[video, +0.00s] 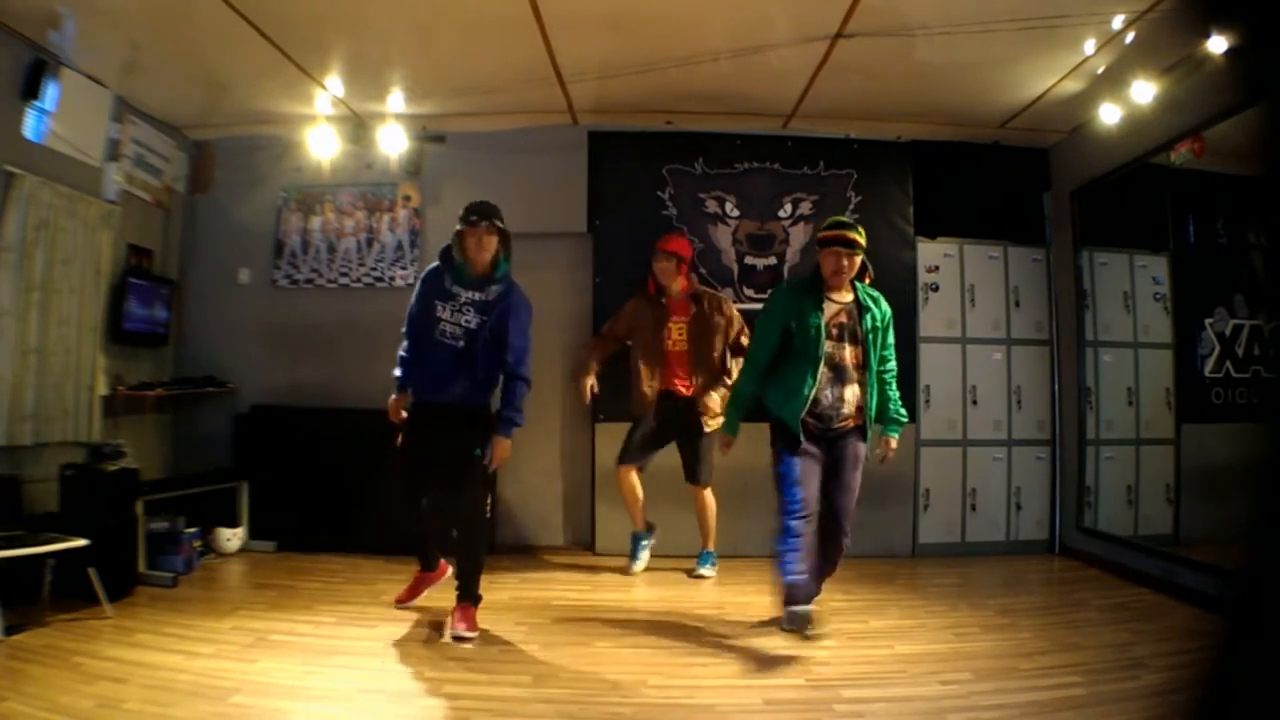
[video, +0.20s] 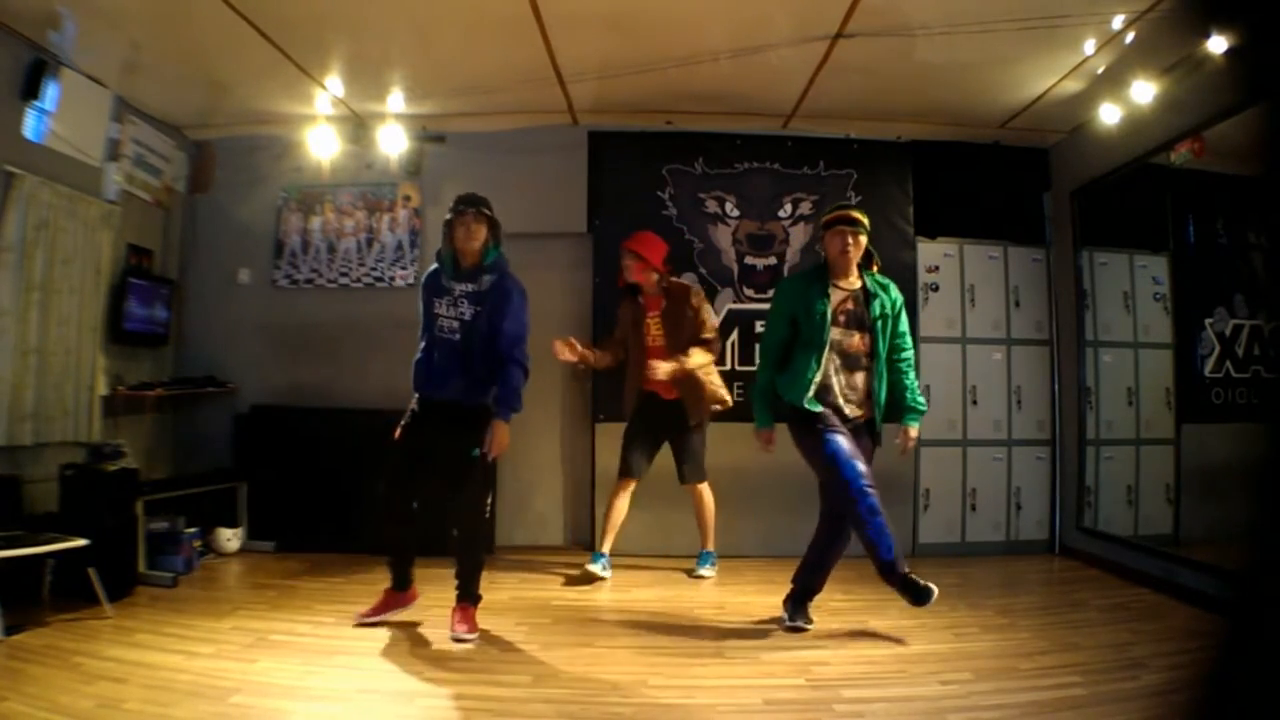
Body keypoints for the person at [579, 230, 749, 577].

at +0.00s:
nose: (660, 265)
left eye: (667, 260)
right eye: (657, 259)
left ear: (683, 265)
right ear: (652, 263)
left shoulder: (715, 306)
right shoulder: (643, 306)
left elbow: (742, 351)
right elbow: (607, 338)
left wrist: (720, 391)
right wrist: (589, 369)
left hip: (701, 406)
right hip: (659, 403)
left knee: (699, 483)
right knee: (626, 468)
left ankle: (708, 554)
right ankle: (642, 534)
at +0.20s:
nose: (624, 265)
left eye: (631, 259)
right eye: (624, 259)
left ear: (649, 265)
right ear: (635, 266)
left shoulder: (689, 296)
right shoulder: (630, 304)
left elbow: (710, 350)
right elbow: (616, 353)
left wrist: (673, 366)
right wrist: (584, 354)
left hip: (686, 402)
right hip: (648, 401)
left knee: (694, 477)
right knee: (627, 477)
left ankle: (708, 555)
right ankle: (602, 557)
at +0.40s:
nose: (604, 264)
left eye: (612, 257)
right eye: (600, 258)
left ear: (628, 261)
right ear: (597, 264)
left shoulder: (659, 298)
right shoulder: (600, 304)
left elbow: (661, 356)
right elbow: (598, 354)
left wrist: (637, 393)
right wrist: (610, 387)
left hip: (660, 403)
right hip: (620, 404)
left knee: (675, 479)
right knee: (608, 480)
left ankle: (700, 550)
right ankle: (599, 560)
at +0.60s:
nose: (616, 254)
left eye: (622, 247)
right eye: (608, 249)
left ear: (633, 253)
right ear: (599, 256)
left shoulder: (657, 300)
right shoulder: (583, 302)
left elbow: (666, 358)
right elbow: (572, 357)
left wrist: (663, 407)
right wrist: (587, 402)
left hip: (645, 400)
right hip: (602, 400)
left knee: (660, 474)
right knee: (595, 479)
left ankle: (654, 536)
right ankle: (597, 558)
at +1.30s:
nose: (628, 267)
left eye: (634, 260)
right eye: (621, 261)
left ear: (645, 262)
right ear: (613, 267)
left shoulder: (674, 300)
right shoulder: (603, 303)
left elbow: (707, 343)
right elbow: (579, 341)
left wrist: (687, 380)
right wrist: (554, 370)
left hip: (666, 402)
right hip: (624, 399)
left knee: (665, 483)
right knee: (628, 479)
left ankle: (663, 552)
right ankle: (631, 542)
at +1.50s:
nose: (625, 274)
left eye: (631, 268)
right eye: (619, 267)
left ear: (644, 272)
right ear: (611, 272)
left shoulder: (669, 309)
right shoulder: (604, 314)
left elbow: (694, 362)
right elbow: (590, 360)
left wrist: (701, 418)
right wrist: (583, 402)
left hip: (671, 410)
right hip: (631, 409)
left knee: (670, 491)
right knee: (638, 488)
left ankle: (676, 539)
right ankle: (655, 569)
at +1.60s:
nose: (643, 256)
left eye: (649, 249)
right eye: (637, 248)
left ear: (662, 254)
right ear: (627, 252)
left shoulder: (679, 298)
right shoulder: (612, 295)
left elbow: (694, 358)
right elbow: (599, 341)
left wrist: (708, 414)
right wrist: (589, 391)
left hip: (669, 395)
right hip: (629, 393)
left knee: (670, 472)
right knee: (639, 478)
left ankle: (676, 488)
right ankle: (653, 557)